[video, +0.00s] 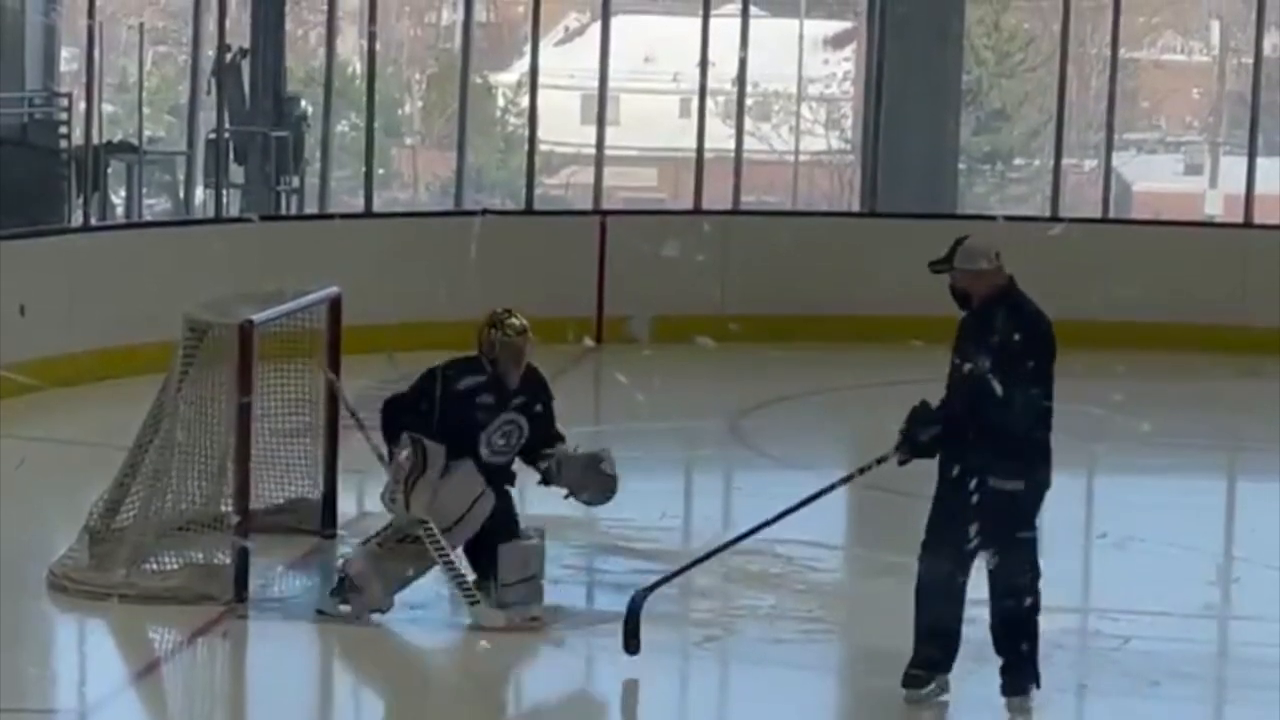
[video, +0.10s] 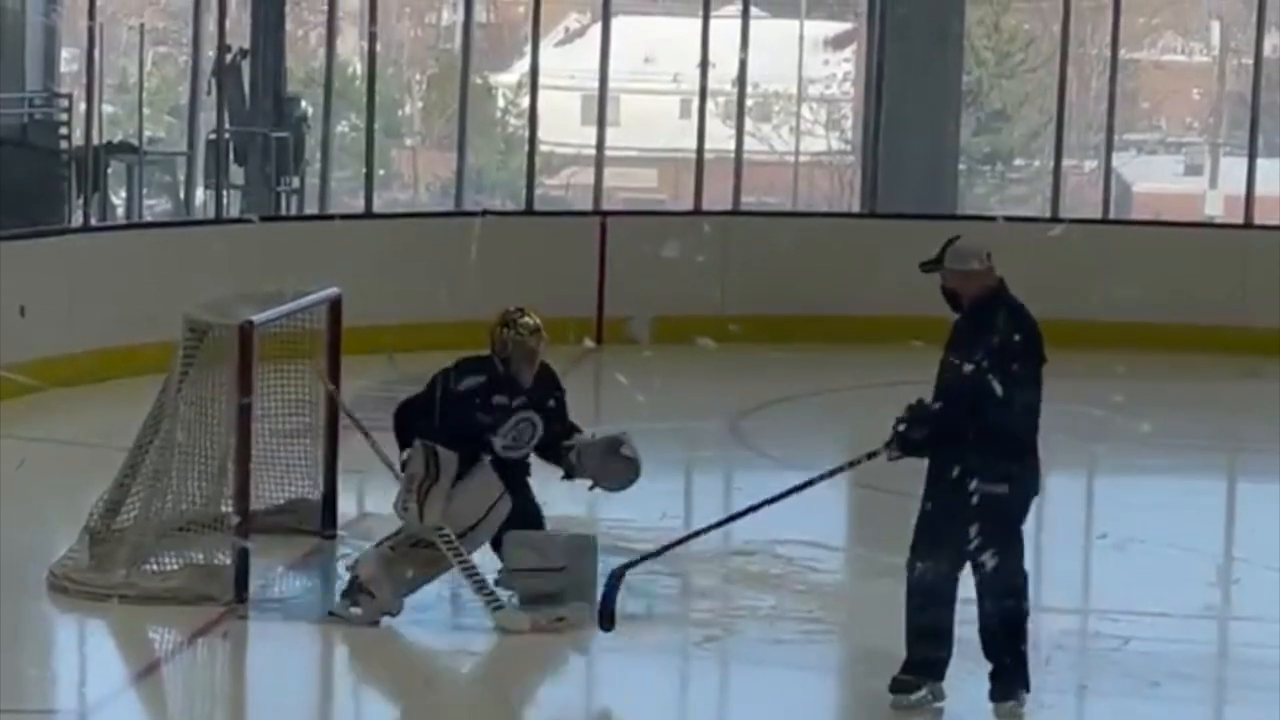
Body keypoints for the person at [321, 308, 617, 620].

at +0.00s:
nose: (518, 364)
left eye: (522, 355)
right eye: (511, 355)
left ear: (528, 350)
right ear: (490, 350)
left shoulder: (532, 385)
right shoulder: (452, 378)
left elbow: (540, 442)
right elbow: (397, 411)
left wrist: (562, 466)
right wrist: (407, 456)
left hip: (493, 488)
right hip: (440, 481)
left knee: (507, 577)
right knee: (413, 544)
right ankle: (359, 585)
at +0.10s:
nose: (532, 365)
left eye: (536, 355)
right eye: (524, 356)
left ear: (541, 350)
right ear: (502, 348)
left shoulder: (546, 383)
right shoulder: (464, 379)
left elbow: (551, 438)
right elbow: (408, 414)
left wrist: (581, 456)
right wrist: (418, 464)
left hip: (510, 481)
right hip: (455, 476)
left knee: (532, 554)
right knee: (429, 540)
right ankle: (371, 585)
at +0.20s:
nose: (553, 364)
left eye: (559, 353)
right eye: (545, 355)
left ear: (566, 348)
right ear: (526, 350)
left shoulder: (569, 379)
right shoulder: (493, 377)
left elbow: (584, 433)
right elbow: (434, 422)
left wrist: (617, 451)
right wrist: (437, 484)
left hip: (528, 466)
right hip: (472, 464)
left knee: (589, 491)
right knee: (451, 541)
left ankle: (607, 573)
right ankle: (383, 594)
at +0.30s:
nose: (585, 364)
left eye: (591, 355)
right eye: (576, 356)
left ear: (598, 348)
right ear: (558, 351)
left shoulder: (604, 378)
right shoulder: (525, 377)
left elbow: (628, 428)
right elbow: (464, 424)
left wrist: (668, 453)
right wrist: (466, 489)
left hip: (579, 466)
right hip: (524, 471)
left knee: (636, 497)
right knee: (491, 539)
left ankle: (673, 573)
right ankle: (410, 601)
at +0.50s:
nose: (621, 369)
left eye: (627, 359)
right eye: (613, 361)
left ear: (635, 352)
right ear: (596, 353)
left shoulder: (644, 382)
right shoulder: (565, 377)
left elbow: (661, 438)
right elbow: (502, 423)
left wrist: (687, 465)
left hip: (598, 469)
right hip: (537, 467)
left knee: (653, 519)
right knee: (530, 538)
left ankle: (713, 582)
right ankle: (452, 610)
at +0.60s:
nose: (620, 360)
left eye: (626, 351)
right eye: (613, 351)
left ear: (634, 349)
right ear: (595, 346)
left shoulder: (639, 381)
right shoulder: (563, 375)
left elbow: (654, 442)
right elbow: (500, 423)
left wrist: (680, 467)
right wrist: (569, 441)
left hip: (597, 473)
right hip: (540, 468)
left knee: (662, 526)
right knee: (528, 541)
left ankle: (704, 589)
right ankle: (451, 613)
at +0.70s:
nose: (607, 350)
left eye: (613, 341)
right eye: (598, 340)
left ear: (623, 345)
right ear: (583, 343)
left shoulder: (627, 385)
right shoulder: (554, 375)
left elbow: (635, 438)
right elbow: (499, 422)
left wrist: (667, 463)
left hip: (585, 471)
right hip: (531, 467)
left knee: (644, 513)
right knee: (535, 533)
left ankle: (693, 583)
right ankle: (461, 604)